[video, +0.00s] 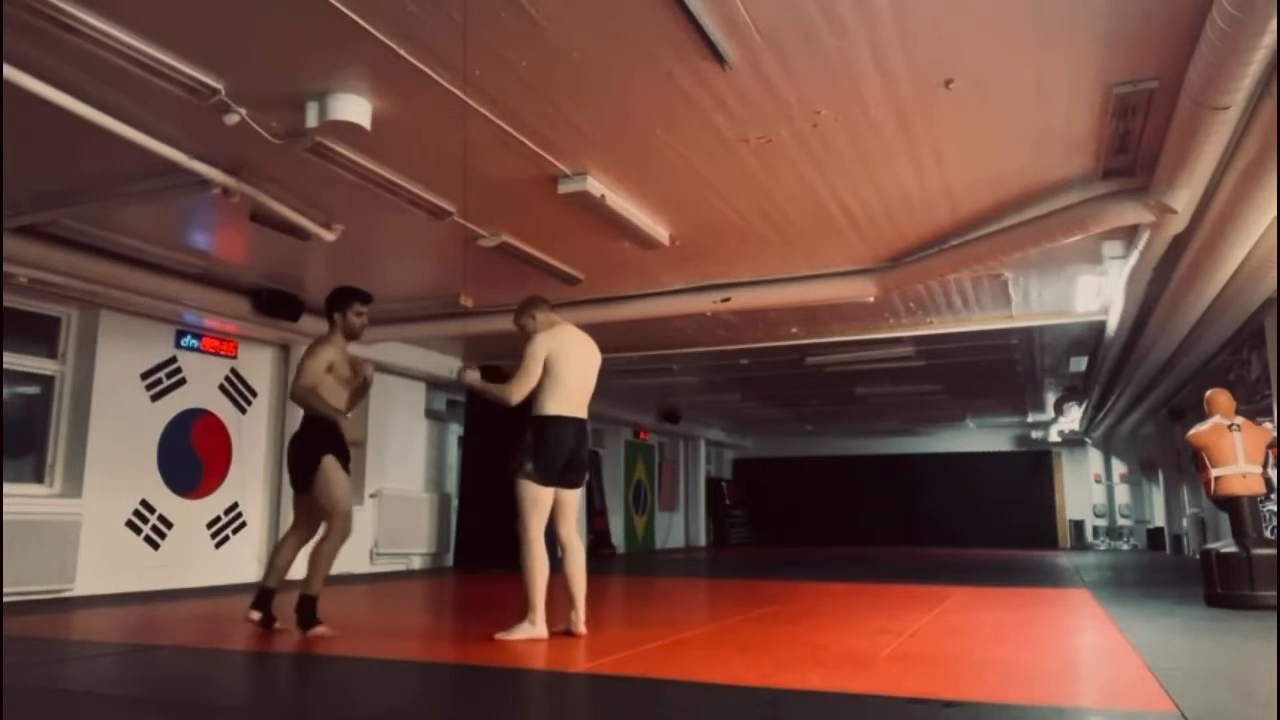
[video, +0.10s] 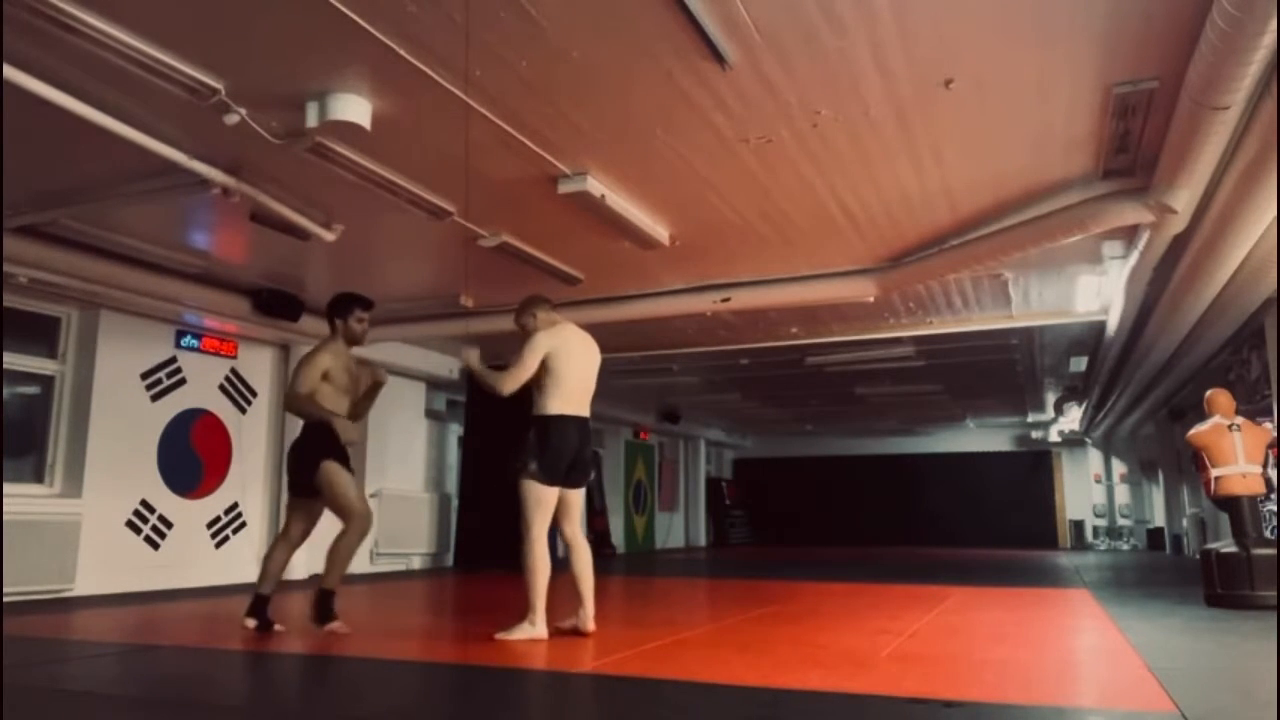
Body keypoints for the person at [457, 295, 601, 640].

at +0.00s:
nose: (526, 335)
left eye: (524, 329)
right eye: (523, 330)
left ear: (534, 316)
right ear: (549, 311)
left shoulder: (544, 340)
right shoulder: (590, 346)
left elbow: (514, 394)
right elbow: (571, 388)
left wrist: (477, 383)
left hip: (545, 436)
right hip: (578, 438)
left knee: (532, 532)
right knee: (570, 532)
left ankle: (536, 621)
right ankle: (579, 617)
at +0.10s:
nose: (526, 333)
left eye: (525, 327)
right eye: (523, 328)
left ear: (535, 315)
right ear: (550, 310)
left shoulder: (545, 338)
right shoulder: (590, 343)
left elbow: (505, 385)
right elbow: (569, 383)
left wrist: (475, 365)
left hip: (548, 437)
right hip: (580, 438)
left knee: (536, 533)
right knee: (574, 530)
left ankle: (536, 621)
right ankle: (587, 615)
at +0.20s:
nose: (531, 332)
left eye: (529, 326)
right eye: (528, 328)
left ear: (539, 314)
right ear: (555, 310)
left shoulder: (553, 335)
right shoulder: (592, 342)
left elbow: (502, 371)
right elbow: (564, 387)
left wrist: (484, 335)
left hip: (554, 434)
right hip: (585, 435)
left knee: (541, 531)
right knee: (579, 528)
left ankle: (536, 621)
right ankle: (605, 611)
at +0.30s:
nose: (536, 333)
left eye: (535, 326)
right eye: (533, 329)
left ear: (545, 314)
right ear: (558, 311)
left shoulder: (563, 336)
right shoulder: (595, 344)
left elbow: (511, 367)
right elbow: (551, 393)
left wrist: (503, 328)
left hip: (563, 435)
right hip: (590, 436)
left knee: (542, 527)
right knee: (591, 530)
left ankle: (537, 620)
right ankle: (614, 613)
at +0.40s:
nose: (544, 335)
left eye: (542, 328)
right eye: (542, 330)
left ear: (552, 317)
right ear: (561, 314)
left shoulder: (575, 339)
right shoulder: (592, 342)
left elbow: (530, 375)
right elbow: (556, 399)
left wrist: (525, 332)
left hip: (575, 437)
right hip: (596, 437)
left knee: (541, 523)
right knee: (594, 529)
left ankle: (551, 616)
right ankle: (613, 616)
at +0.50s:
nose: (546, 336)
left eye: (545, 330)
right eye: (544, 330)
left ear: (554, 318)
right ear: (562, 314)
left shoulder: (581, 336)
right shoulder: (592, 339)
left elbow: (548, 382)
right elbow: (560, 397)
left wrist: (537, 339)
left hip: (582, 433)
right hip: (591, 433)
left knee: (568, 528)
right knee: (576, 529)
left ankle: (602, 609)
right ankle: (602, 608)